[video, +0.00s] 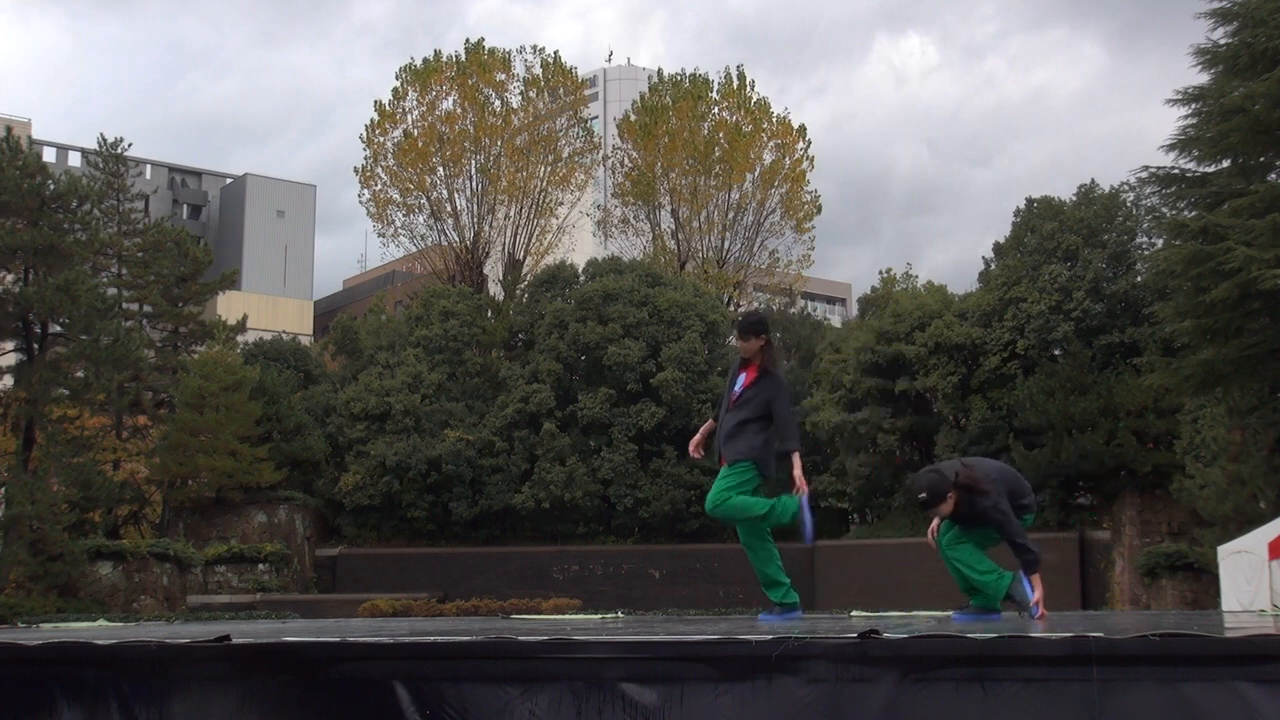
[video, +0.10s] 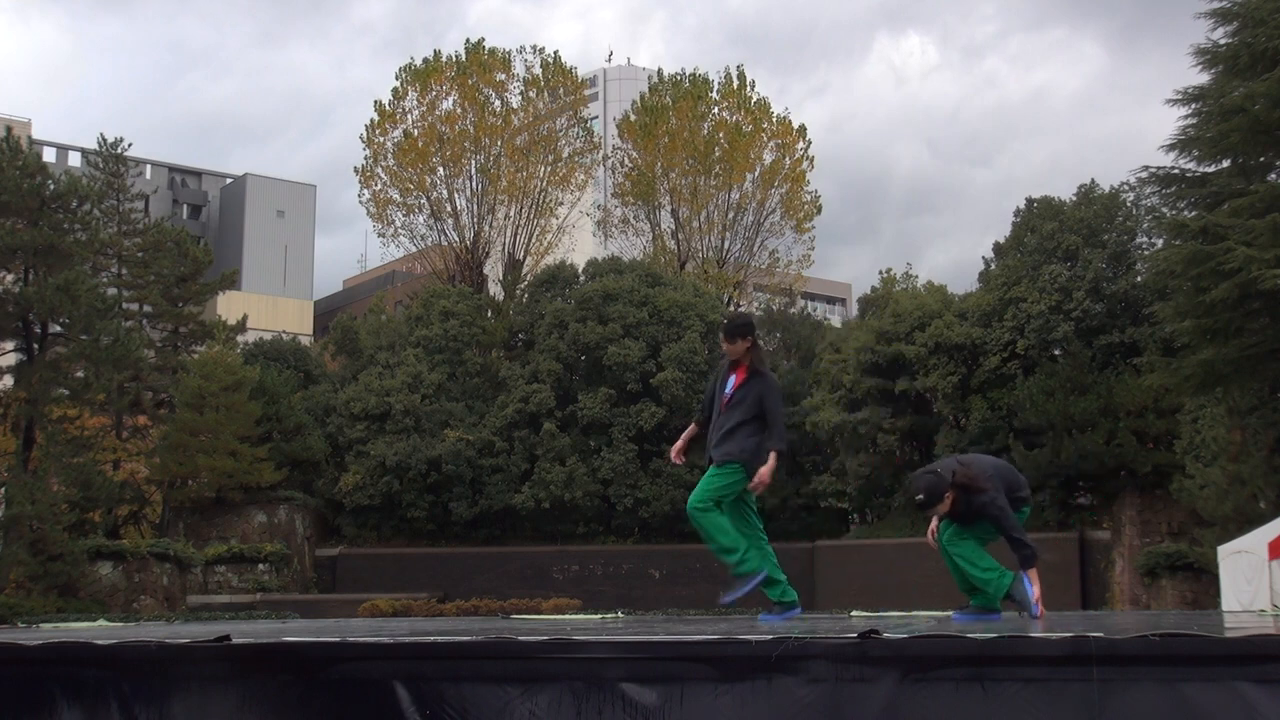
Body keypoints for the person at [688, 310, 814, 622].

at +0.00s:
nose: (739, 344)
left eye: (745, 340)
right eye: (738, 339)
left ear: (762, 341)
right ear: (739, 339)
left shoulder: (772, 378)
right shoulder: (738, 371)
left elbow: (788, 424)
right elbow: (728, 410)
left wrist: (797, 465)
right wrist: (704, 431)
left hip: (751, 458)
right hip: (735, 459)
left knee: (716, 503)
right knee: (752, 534)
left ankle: (792, 508)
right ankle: (786, 602)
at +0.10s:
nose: (724, 347)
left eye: (730, 342)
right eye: (723, 342)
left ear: (748, 342)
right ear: (725, 341)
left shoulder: (765, 381)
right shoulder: (724, 373)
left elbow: (777, 427)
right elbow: (707, 414)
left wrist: (770, 464)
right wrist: (684, 439)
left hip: (741, 461)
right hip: (722, 461)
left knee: (698, 505)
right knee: (750, 533)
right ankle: (786, 600)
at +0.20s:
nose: (708, 350)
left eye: (713, 345)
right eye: (707, 345)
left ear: (732, 344)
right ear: (712, 344)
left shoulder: (750, 381)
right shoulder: (709, 376)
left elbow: (756, 426)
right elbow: (689, 414)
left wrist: (745, 462)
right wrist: (666, 445)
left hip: (727, 466)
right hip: (711, 465)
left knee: (692, 523)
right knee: (744, 536)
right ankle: (785, 599)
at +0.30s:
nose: (691, 347)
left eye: (696, 342)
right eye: (690, 341)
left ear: (713, 344)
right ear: (696, 344)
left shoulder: (726, 383)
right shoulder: (692, 380)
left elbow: (736, 433)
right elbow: (674, 422)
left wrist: (724, 469)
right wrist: (652, 449)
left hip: (706, 473)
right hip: (695, 471)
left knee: (675, 533)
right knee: (732, 539)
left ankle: (655, 603)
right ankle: (780, 595)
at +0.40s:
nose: (666, 341)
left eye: (672, 336)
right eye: (667, 335)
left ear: (691, 340)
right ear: (678, 339)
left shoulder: (701, 380)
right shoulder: (674, 376)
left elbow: (710, 431)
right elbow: (666, 422)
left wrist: (708, 473)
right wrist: (646, 448)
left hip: (684, 472)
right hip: (674, 471)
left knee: (654, 533)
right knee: (701, 540)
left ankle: (651, 606)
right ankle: (758, 581)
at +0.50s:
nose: (651, 339)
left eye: (656, 334)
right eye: (650, 333)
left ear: (675, 337)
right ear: (655, 335)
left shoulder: (682, 372)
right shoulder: (659, 368)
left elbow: (692, 423)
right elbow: (657, 419)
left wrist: (692, 467)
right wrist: (641, 447)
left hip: (669, 465)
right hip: (655, 464)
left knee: (649, 533)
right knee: (655, 535)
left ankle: (651, 606)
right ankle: (717, 573)